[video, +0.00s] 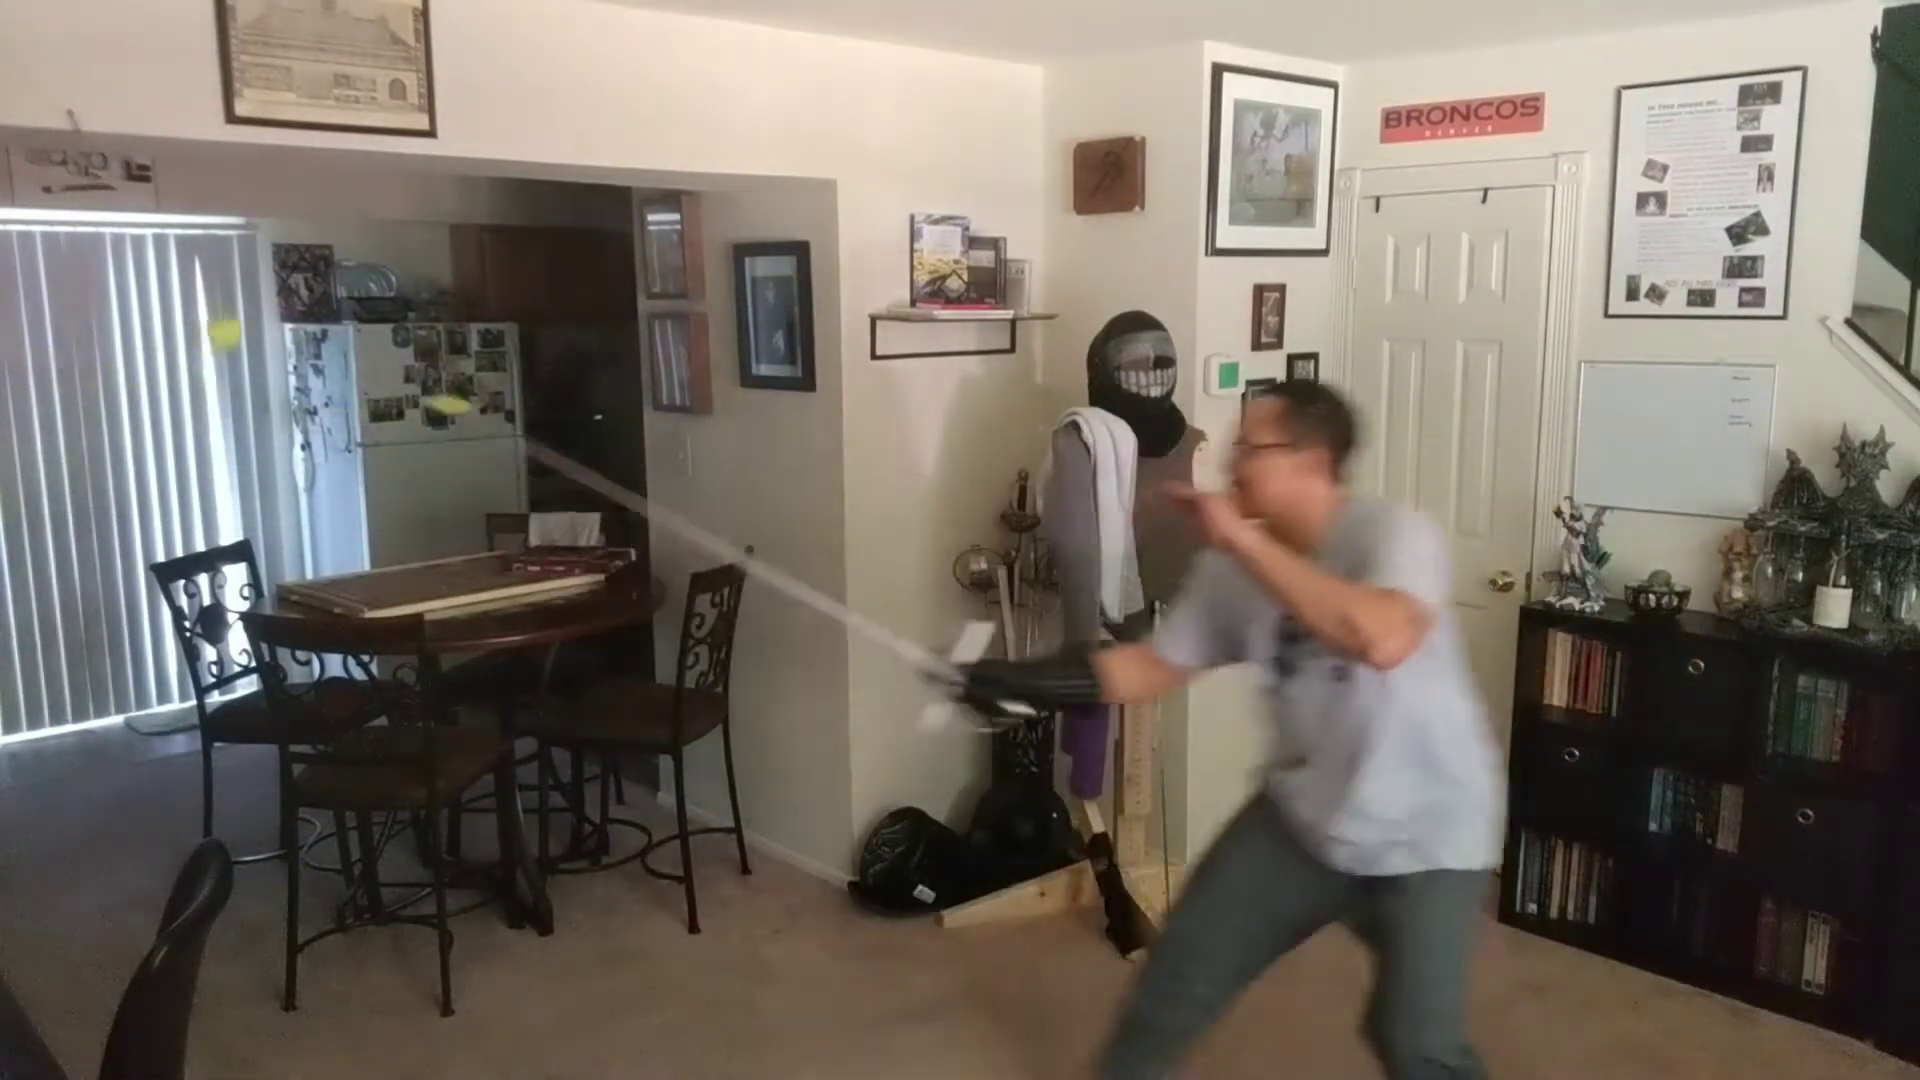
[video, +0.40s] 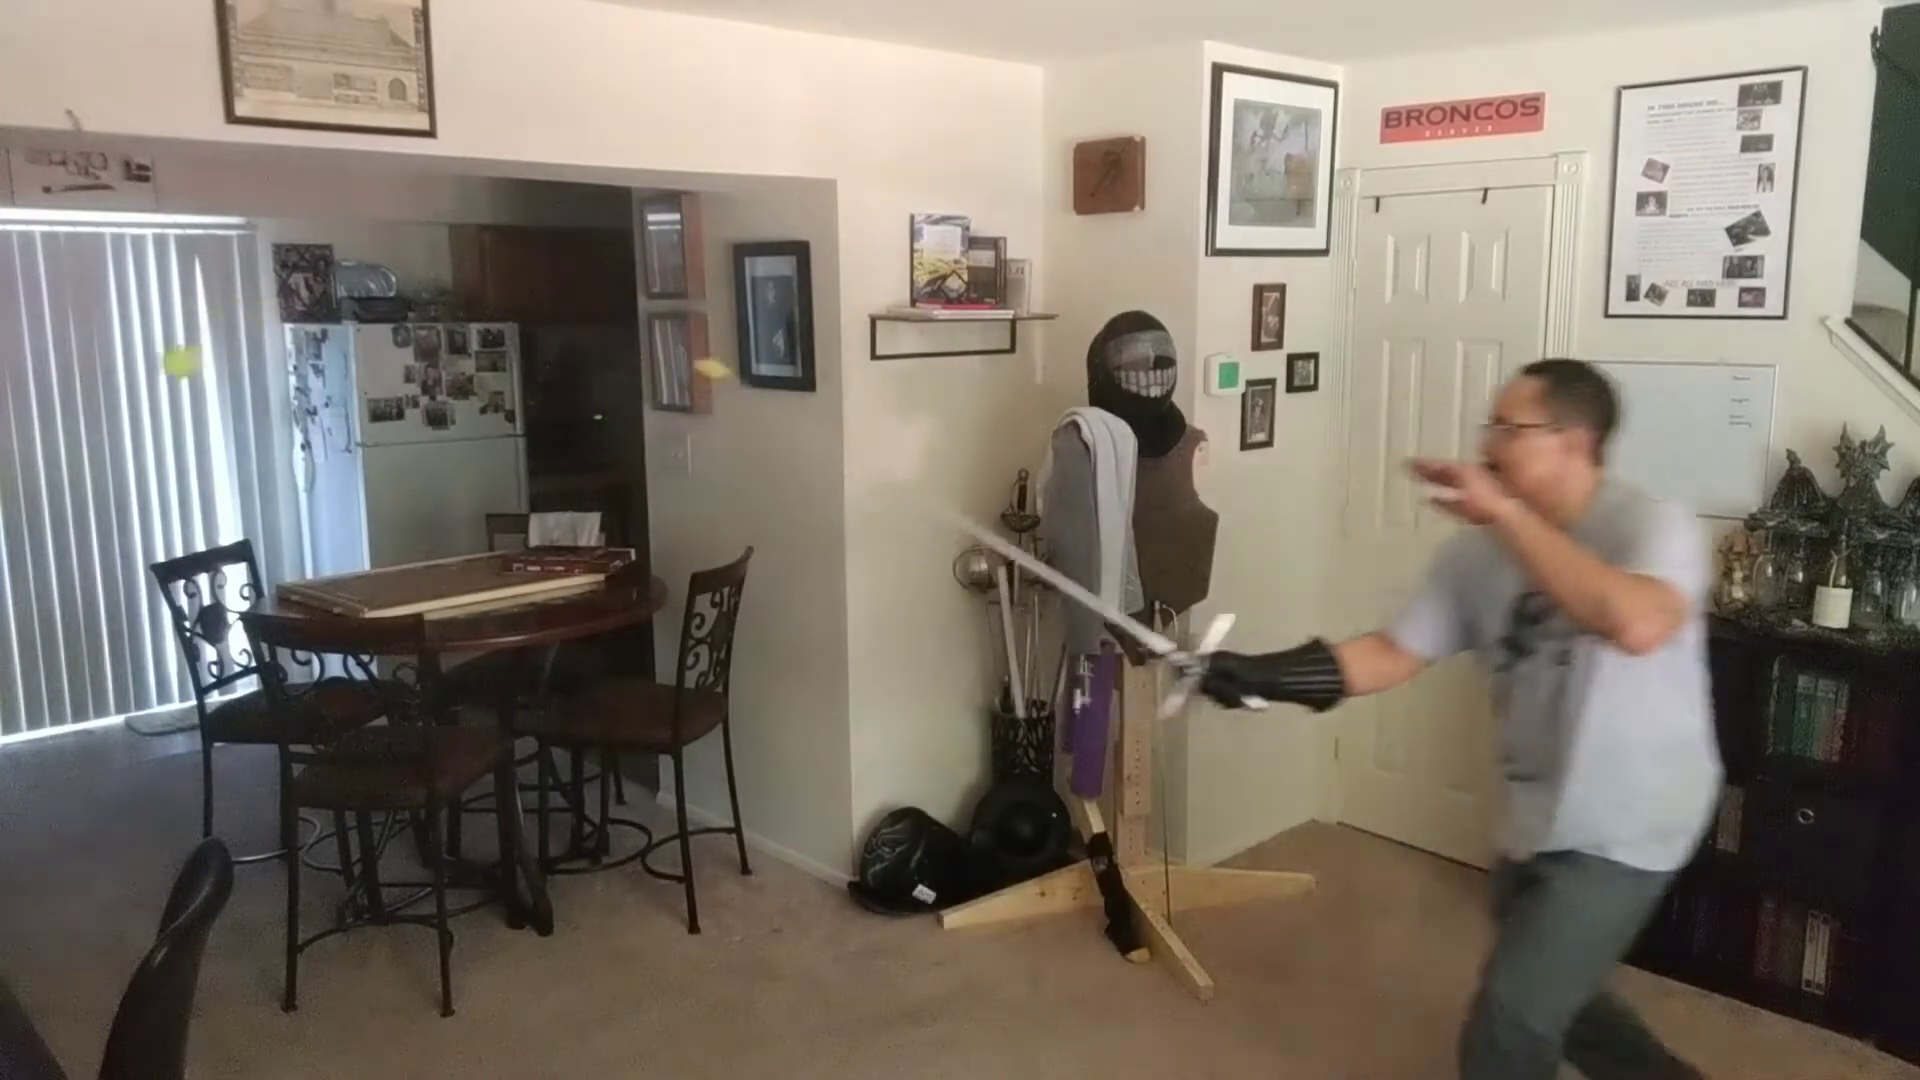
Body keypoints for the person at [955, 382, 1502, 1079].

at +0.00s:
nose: (1234, 466)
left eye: (1253, 449)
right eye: (1236, 450)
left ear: (1316, 461)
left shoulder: (1398, 535)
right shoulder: (1236, 562)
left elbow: (1383, 636)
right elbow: (1152, 666)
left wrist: (1241, 538)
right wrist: (1025, 678)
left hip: (1429, 832)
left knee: (1417, 1040)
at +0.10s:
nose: (1303, 459)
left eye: (1322, 442)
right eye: (1305, 443)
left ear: (1387, 453)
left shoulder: (1468, 528)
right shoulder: (1312, 559)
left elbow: (1434, 627)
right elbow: (1219, 667)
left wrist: (1304, 531)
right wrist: (1093, 674)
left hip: (1492, 832)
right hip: (1370, 805)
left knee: (1444, 1039)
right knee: (1264, 939)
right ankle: (1290, 1072)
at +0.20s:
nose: (1363, 451)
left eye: (1383, 435)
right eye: (1366, 433)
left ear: (1451, 450)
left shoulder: (1532, 527)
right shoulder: (1373, 550)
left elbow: (1495, 625)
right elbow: (1284, 659)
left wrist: (1367, 524)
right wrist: (1158, 682)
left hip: (1542, 831)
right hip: (1428, 802)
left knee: (1468, 1043)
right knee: (1347, 943)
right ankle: (1450, 1057)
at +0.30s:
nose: (1424, 446)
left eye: (1444, 429)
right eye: (1428, 429)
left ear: (1511, 444)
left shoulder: (1592, 526)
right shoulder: (1426, 551)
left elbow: (1563, 624)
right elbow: (1338, 655)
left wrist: (1431, 517)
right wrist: (1206, 682)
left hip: (1586, 827)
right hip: (1479, 808)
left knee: (1485, 1024)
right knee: (1437, 973)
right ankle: (1590, 1058)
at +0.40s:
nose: (1489, 447)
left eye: (1510, 430)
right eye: (1492, 429)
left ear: (1575, 441)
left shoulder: (1654, 526)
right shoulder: (1483, 550)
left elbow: (1641, 622)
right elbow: (1391, 652)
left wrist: (1503, 514)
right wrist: (1257, 676)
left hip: (1631, 829)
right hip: (1532, 826)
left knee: (1509, 1023)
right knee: (1557, 995)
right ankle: (1663, 1074)